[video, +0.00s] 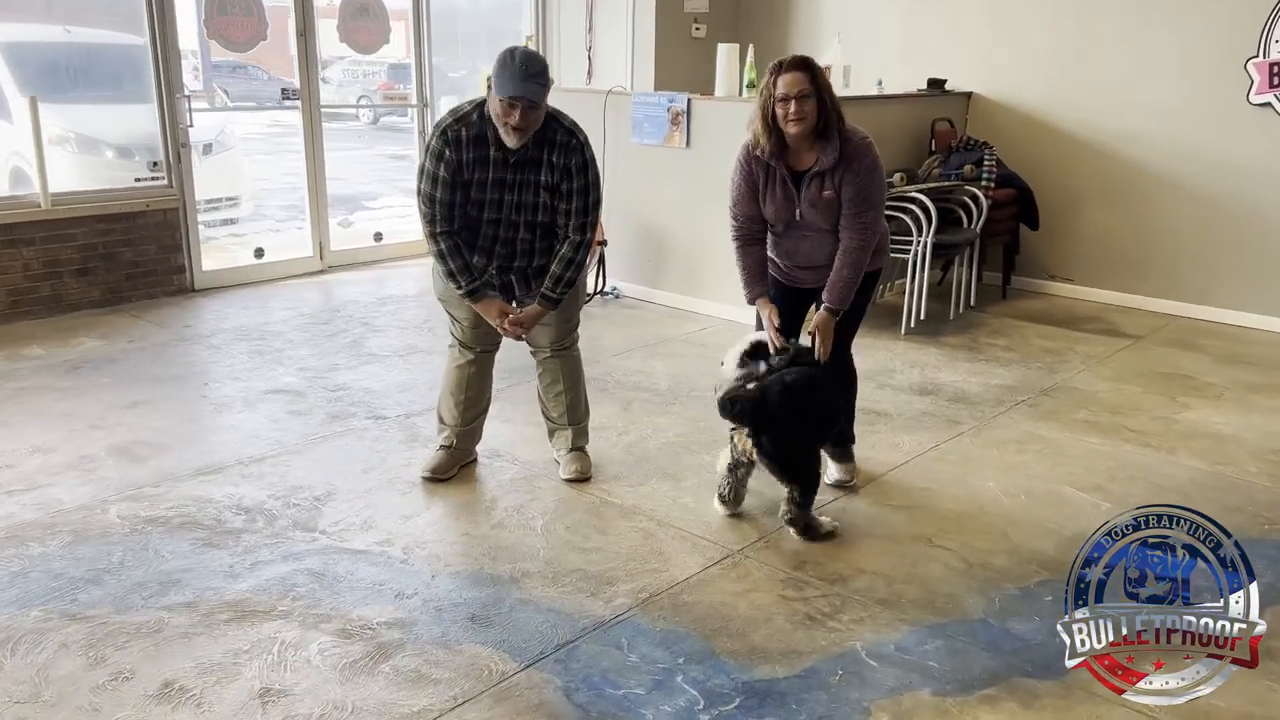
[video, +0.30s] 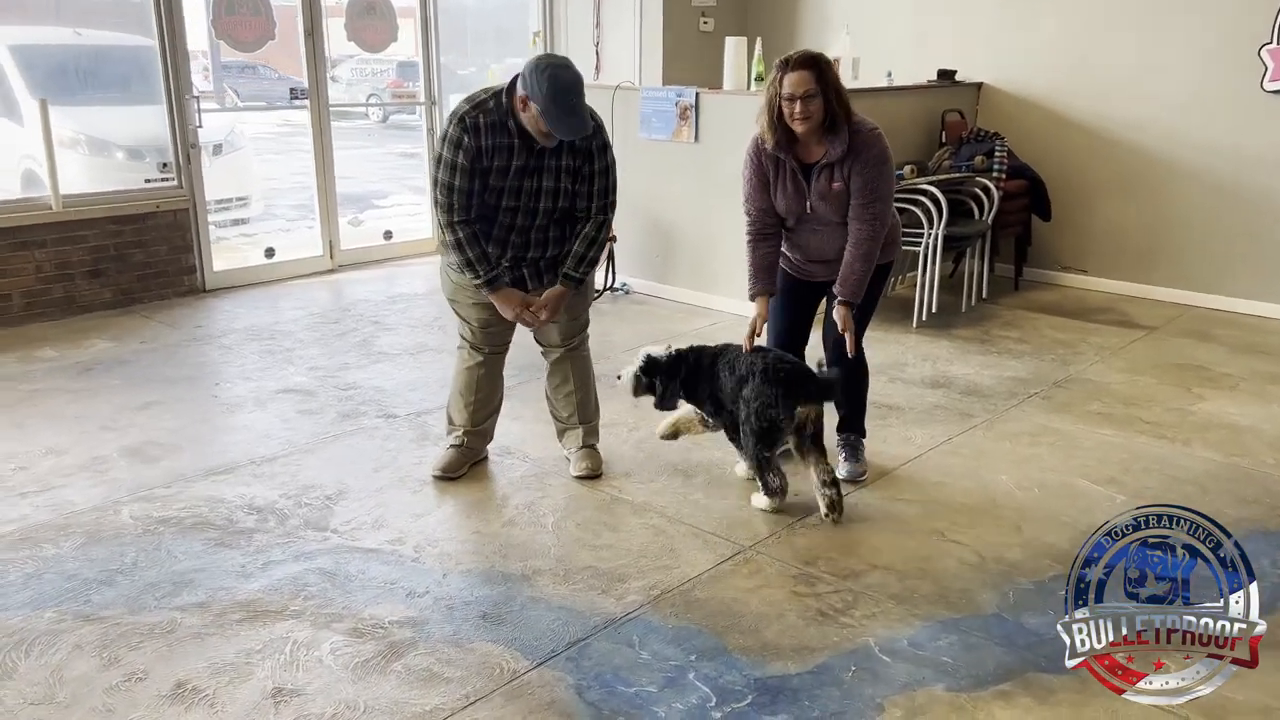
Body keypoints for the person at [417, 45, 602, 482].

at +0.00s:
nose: (518, 116)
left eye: (531, 106)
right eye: (509, 103)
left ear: (547, 99)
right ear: (490, 92)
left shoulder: (569, 143)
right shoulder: (452, 136)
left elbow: (579, 235)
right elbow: (438, 227)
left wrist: (544, 303)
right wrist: (480, 297)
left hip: (546, 268)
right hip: (473, 267)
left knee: (556, 351)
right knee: (467, 351)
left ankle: (571, 446)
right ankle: (456, 444)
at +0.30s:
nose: (556, 135)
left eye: (564, 127)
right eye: (549, 125)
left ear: (577, 105)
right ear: (523, 101)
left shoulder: (587, 132)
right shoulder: (470, 125)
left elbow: (599, 215)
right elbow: (453, 219)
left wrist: (564, 284)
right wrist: (495, 288)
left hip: (558, 264)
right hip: (485, 262)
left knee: (568, 349)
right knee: (478, 350)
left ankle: (581, 442)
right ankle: (466, 441)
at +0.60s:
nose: (583, 165)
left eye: (591, 158)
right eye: (576, 157)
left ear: (608, 130)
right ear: (554, 130)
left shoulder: (617, 143)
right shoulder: (500, 138)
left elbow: (636, 201)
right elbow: (477, 233)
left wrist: (649, 266)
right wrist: (507, 308)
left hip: (576, 256)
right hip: (505, 253)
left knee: (585, 344)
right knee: (497, 347)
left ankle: (598, 440)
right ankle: (485, 439)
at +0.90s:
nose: (602, 229)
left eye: (611, 226)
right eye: (592, 219)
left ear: (629, 185)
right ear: (572, 188)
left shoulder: (643, 173)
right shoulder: (529, 192)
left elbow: (658, 227)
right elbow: (523, 282)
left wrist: (660, 294)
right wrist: (575, 339)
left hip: (596, 240)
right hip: (516, 242)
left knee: (604, 334)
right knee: (519, 334)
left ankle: (615, 438)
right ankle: (503, 440)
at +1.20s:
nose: (586, 271)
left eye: (595, 265)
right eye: (577, 264)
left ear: (613, 216)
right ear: (556, 218)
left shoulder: (637, 206)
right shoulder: (520, 212)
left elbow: (649, 288)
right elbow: (503, 290)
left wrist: (630, 361)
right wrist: (559, 335)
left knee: (609, 335)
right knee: (520, 338)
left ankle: (617, 442)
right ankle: (507, 445)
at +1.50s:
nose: (565, 293)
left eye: (574, 283)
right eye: (556, 284)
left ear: (592, 234)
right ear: (533, 236)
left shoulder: (625, 217)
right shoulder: (503, 225)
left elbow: (646, 289)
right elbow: (493, 301)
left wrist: (615, 352)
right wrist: (547, 362)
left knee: (613, 340)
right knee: (515, 341)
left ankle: (617, 447)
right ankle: (504, 447)